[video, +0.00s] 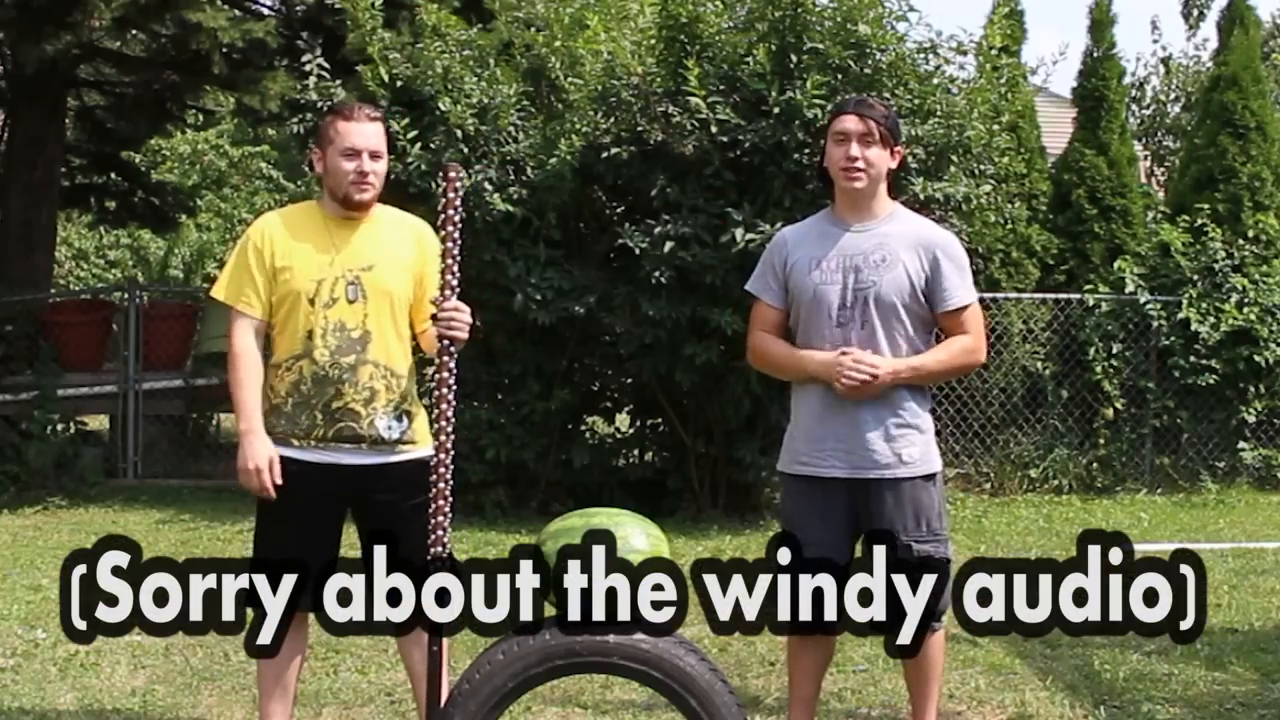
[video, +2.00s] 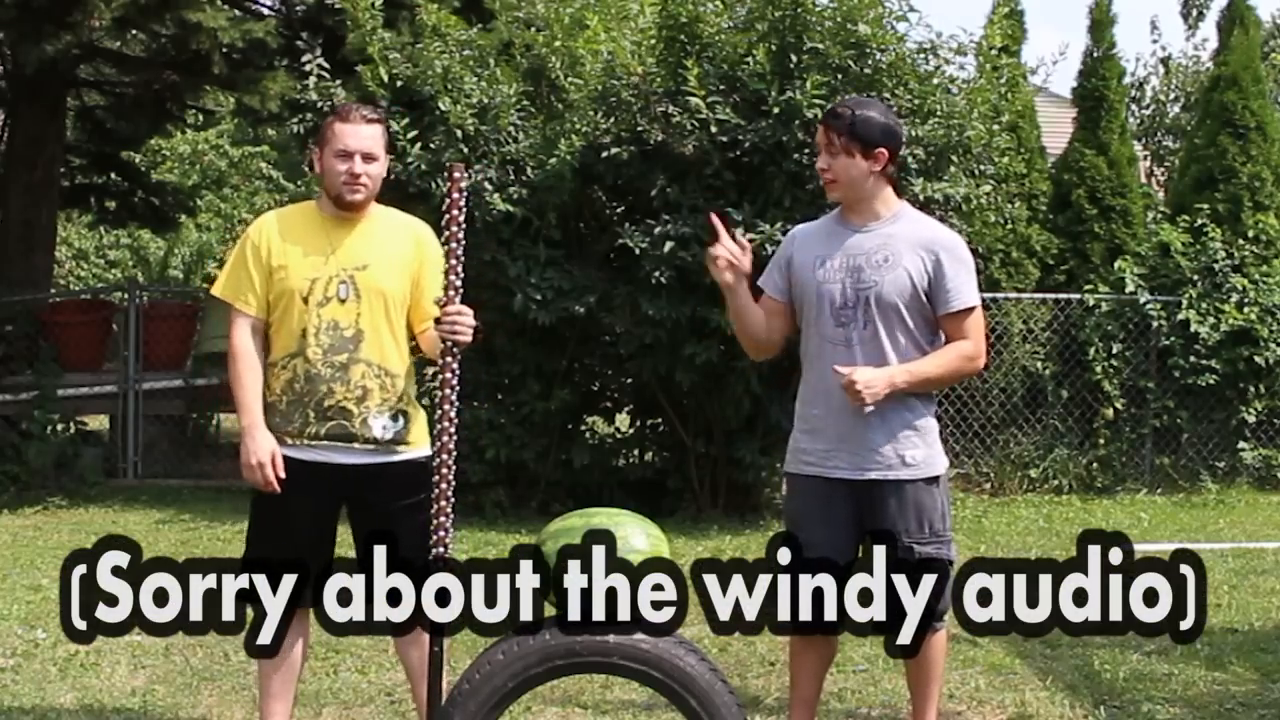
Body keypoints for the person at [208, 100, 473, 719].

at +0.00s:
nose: (365, 167)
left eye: (376, 155)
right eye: (350, 154)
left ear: (388, 164)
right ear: (317, 161)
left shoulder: (416, 237)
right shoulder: (272, 234)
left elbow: (429, 334)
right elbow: (244, 334)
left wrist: (453, 330)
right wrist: (251, 432)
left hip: (398, 457)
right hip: (299, 455)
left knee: (420, 604)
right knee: (282, 605)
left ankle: (439, 716)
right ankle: (275, 717)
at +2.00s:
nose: (356, 168)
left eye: (370, 157)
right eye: (344, 154)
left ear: (386, 166)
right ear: (316, 160)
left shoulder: (415, 238)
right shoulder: (271, 233)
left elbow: (429, 337)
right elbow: (245, 333)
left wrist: (454, 333)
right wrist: (253, 428)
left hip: (395, 459)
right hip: (297, 455)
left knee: (414, 605)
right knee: (282, 604)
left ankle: (434, 714)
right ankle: (274, 717)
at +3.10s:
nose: (368, 159)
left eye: (378, 150)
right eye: (354, 147)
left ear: (389, 162)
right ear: (320, 156)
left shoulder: (415, 237)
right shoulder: (273, 234)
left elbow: (443, 347)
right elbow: (236, 330)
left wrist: (428, 304)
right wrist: (294, 365)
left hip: (398, 456)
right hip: (300, 455)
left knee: (428, 602)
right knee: (285, 603)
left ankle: (432, 718)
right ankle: (275, 716)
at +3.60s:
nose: (368, 165)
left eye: (377, 154)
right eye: (353, 153)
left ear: (387, 163)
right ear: (319, 161)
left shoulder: (413, 239)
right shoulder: (278, 233)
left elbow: (440, 321)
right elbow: (267, 322)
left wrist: (458, 360)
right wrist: (351, 303)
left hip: (406, 451)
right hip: (307, 452)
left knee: (429, 599)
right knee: (291, 600)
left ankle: (436, 715)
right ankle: (275, 715)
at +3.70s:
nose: (373, 172)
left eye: (382, 160)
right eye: (359, 159)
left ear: (391, 166)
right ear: (325, 162)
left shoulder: (413, 242)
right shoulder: (281, 230)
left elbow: (440, 331)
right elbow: (270, 299)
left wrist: (464, 396)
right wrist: (357, 258)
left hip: (404, 452)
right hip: (306, 453)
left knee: (428, 599)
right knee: (291, 601)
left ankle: (438, 716)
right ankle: (275, 716)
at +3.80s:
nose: (381, 164)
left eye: (387, 153)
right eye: (367, 153)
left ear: (396, 161)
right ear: (330, 160)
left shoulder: (414, 245)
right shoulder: (285, 219)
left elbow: (438, 335)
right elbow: (274, 262)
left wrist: (459, 404)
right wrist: (353, 197)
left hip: (403, 449)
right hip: (306, 449)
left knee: (427, 596)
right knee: (292, 597)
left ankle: (438, 715)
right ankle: (275, 715)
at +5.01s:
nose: (398, 157)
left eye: (409, 148)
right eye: (385, 146)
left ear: (426, 163)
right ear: (357, 158)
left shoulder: (448, 240)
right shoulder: (314, 221)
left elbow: (462, 336)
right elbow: (317, 292)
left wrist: (445, 407)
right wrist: (384, 277)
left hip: (417, 453)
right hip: (320, 449)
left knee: (430, 599)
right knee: (292, 600)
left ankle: (438, 715)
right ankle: (271, 715)